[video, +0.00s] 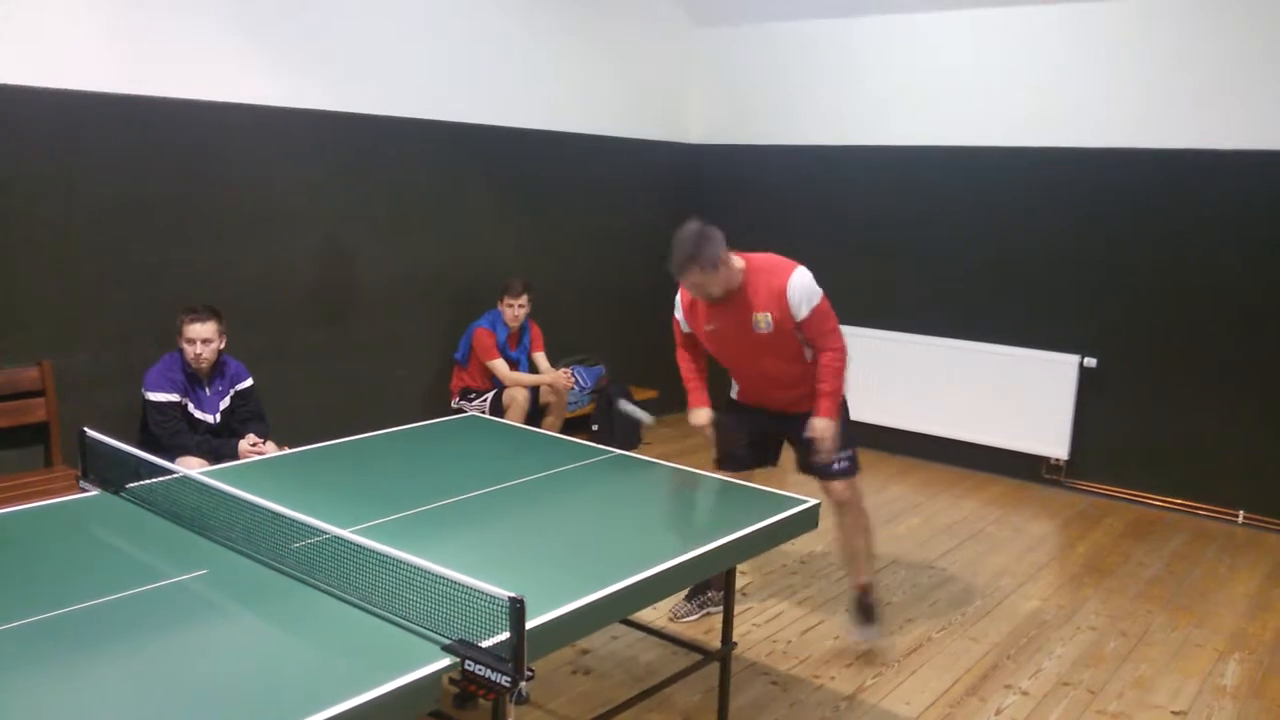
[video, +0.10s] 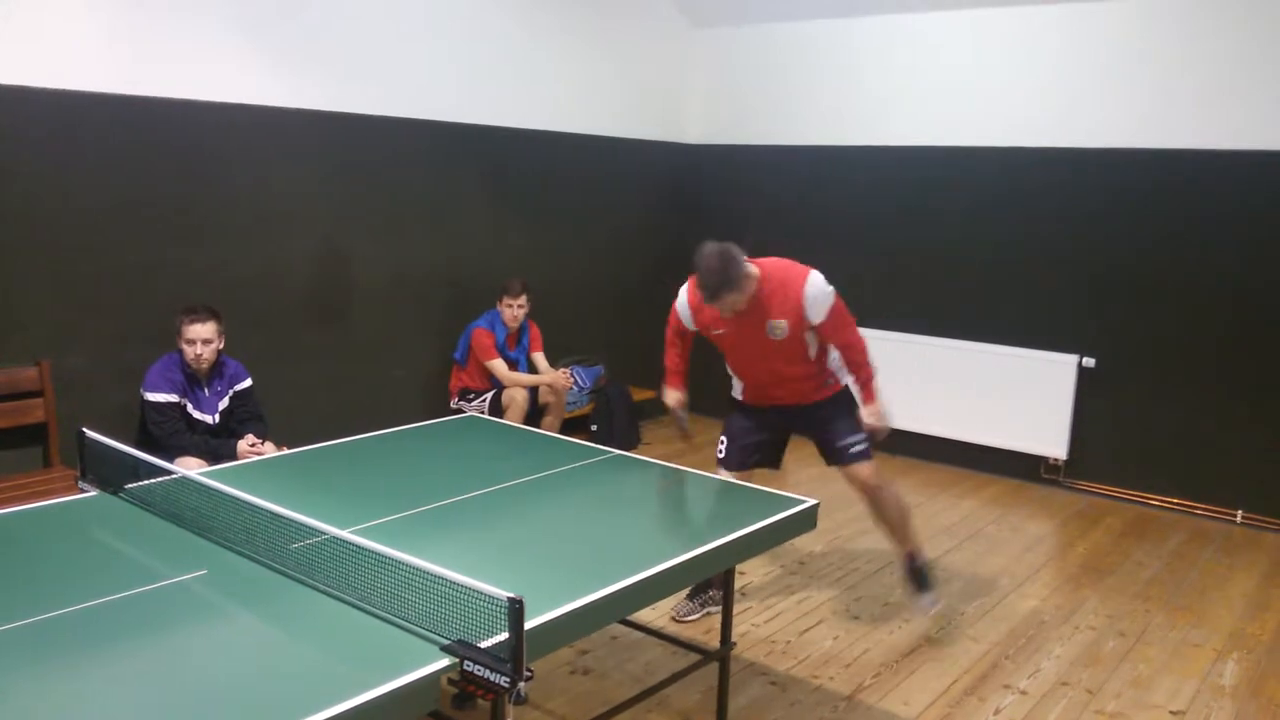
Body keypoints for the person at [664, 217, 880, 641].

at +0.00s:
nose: (696, 294)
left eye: (700, 284)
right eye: (689, 286)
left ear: (723, 263)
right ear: (682, 275)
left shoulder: (788, 281)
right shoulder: (689, 300)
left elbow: (831, 345)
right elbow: (687, 348)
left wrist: (826, 413)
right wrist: (698, 402)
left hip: (810, 402)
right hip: (748, 402)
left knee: (844, 493)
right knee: (724, 490)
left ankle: (863, 593)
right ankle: (714, 584)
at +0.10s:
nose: (729, 311)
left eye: (733, 303)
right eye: (720, 306)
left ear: (749, 276)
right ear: (704, 290)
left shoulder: (802, 287)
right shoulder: (693, 301)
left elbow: (849, 340)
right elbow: (677, 333)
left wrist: (870, 401)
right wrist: (674, 383)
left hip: (822, 395)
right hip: (755, 400)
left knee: (867, 478)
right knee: (723, 485)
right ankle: (715, 581)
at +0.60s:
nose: (995, 289)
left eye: (1001, 282)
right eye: (997, 278)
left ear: (977, 264)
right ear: (974, 261)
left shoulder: (946, 303)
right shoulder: (909, 278)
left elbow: (914, 350)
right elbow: (836, 305)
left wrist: (940, 390)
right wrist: (844, 371)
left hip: (886, 424)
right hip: (831, 417)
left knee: (940, 509)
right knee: (786, 511)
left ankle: (935, 614)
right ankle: (718, 581)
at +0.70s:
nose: (1037, 327)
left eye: (1043, 321)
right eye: (1039, 316)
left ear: (1020, 304)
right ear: (1020, 299)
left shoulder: (985, 338)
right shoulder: (963, 307)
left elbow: (979, 391)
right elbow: (912, 339)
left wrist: (1013, 445)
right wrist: (929, 406)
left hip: (899, 434)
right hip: (858, 422)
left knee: (949, 506)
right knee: (821, 527)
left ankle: (936, 615)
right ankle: (720, 574)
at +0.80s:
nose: (1074, 362)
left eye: (1079, 354)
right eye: (1076, 350)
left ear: (1055, 339)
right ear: (1055, 336)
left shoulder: (1018, 359)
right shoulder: (1012, 339)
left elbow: (1015, 418)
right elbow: (983, 378)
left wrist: (1038, 475)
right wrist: (1010, 445)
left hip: (917, 436)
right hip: (887, 423)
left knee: (960, 508)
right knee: (862, 531)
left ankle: (939, 616)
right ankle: (755, 585)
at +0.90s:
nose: (1112, 375)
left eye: (1116, 367)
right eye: (1114, 363)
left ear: (1088, 346)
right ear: (1096, 350)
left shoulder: (1052, 369)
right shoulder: (1055, 353)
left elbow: (1013, 436)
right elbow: (1010, 381)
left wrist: (1005, 501)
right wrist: (1027, 454)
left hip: (942, 427)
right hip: (914, 413)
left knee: (976, 510)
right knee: (925, 524)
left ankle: (942, 614)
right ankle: (837, 602)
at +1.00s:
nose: (1138, 365)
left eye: (1143, 356)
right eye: (1140, 353)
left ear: (1113, 337)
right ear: (1122, 342)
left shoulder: (1082, 353)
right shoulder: (1082, 348)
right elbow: (1020, 371)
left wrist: (1003, 446)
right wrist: (1003, 441)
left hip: (961, 410)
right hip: (947, 407)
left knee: (983, 520)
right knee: (989, 521)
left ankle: (944, 615)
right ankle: (942, 621)